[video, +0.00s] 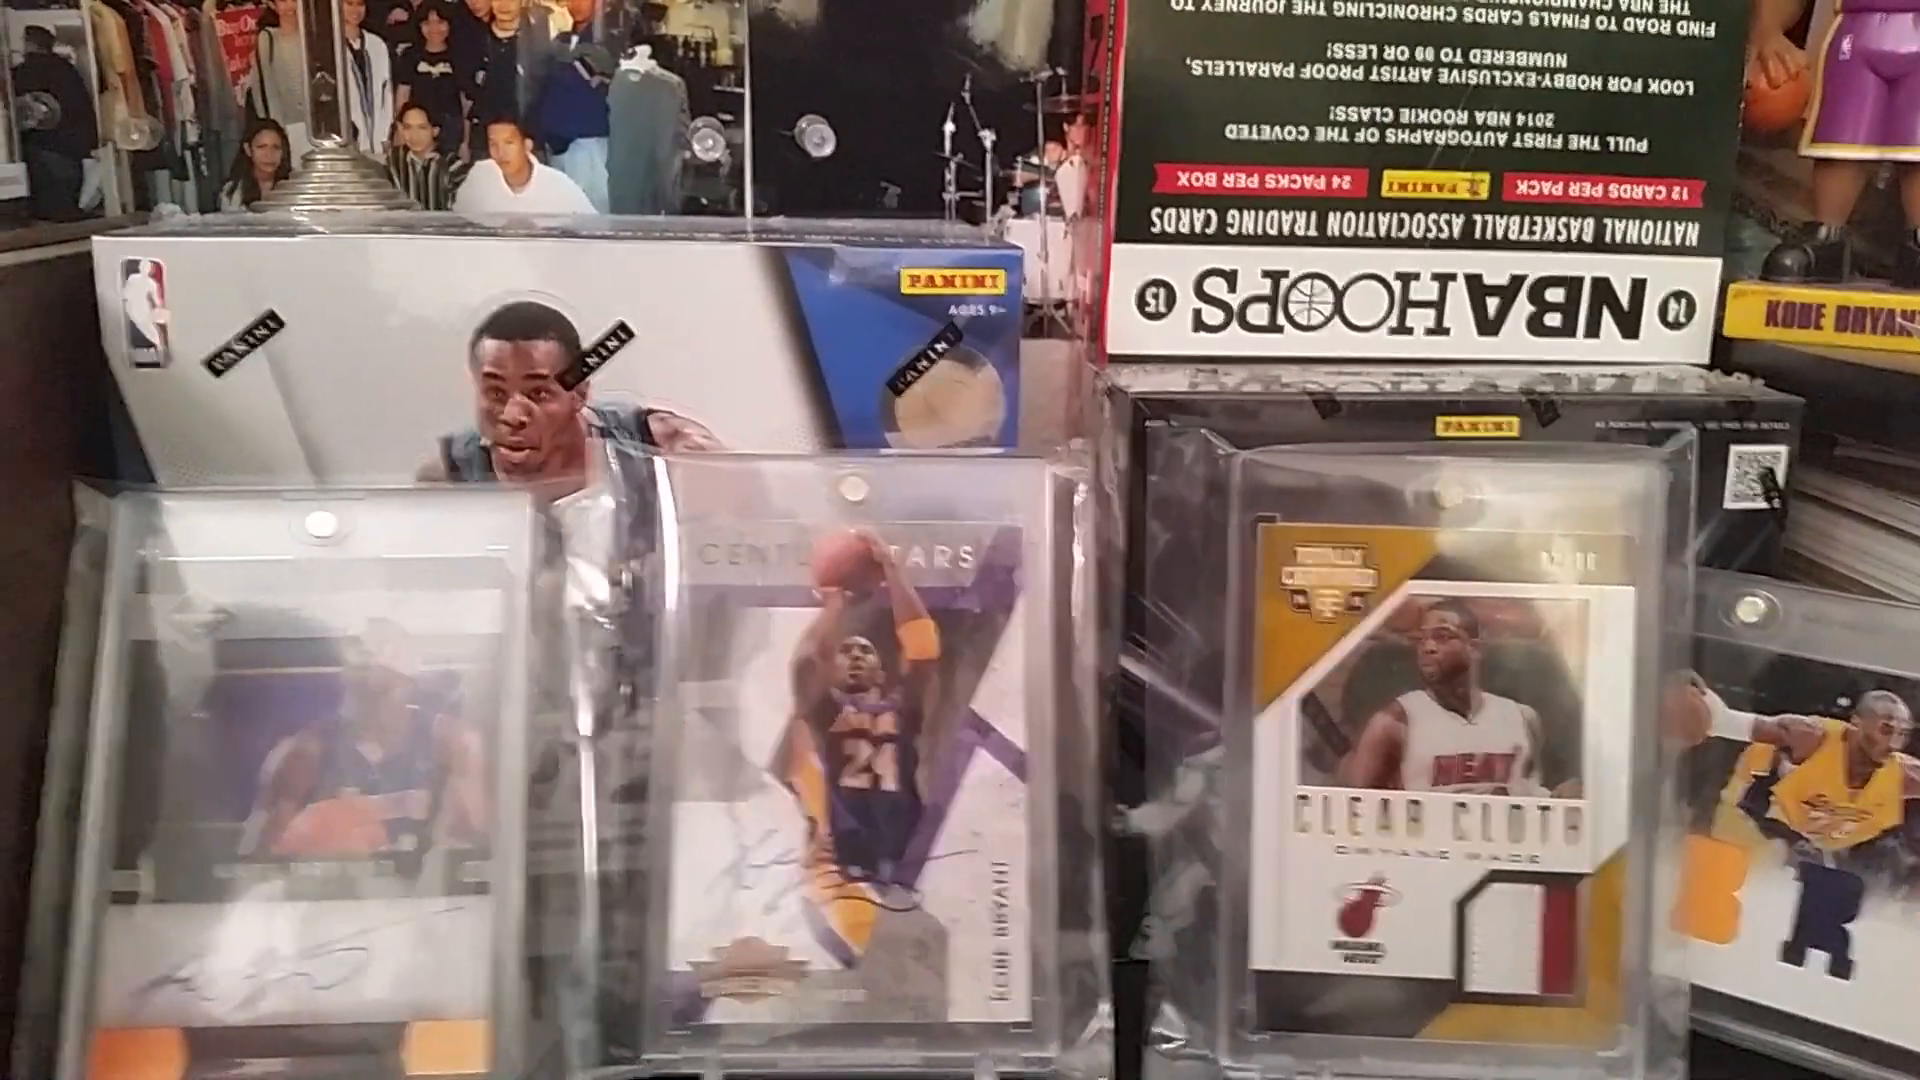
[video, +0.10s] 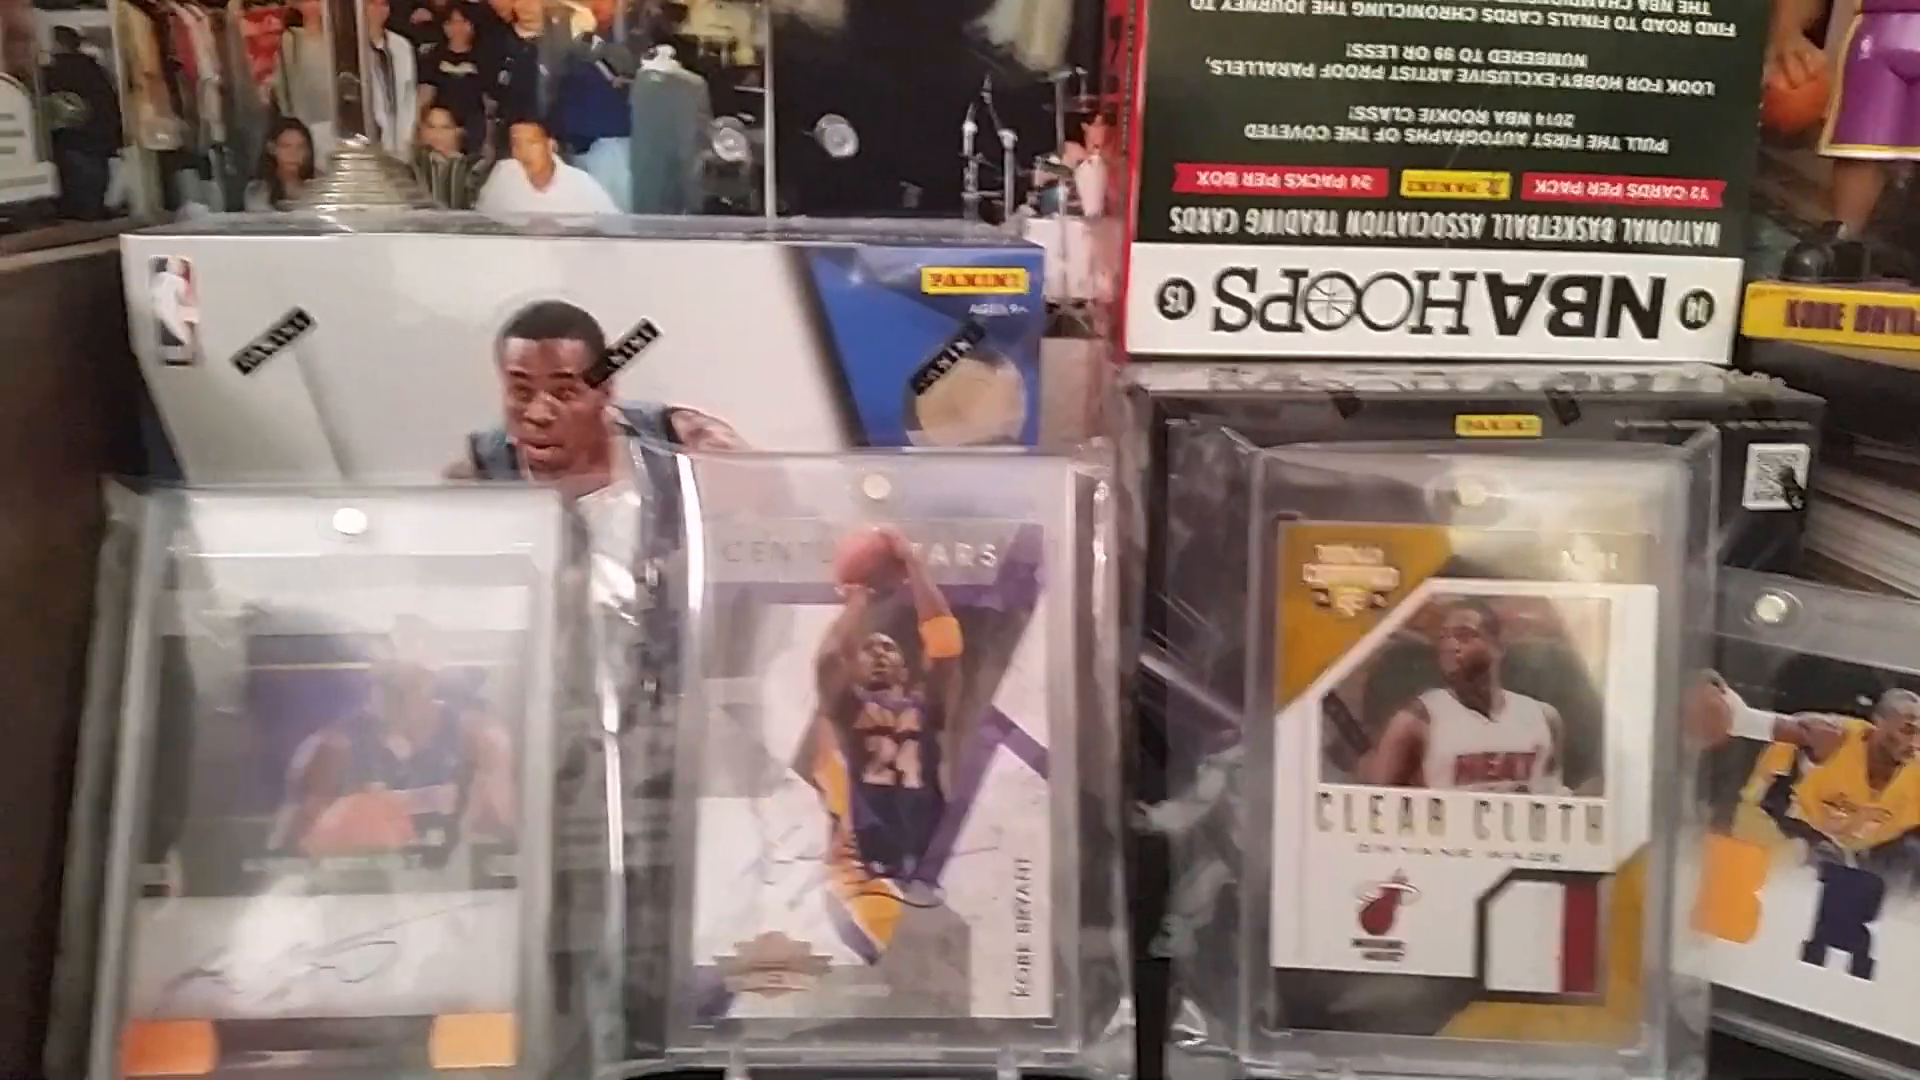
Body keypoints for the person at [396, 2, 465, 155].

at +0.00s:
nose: (434, 28)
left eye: (440, 22)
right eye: (428, 23)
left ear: (449, 27)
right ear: (421, 28)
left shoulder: (458, 56)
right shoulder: (410, 56)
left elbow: (466, 99)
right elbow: (403, 93)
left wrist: (465, 141)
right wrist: (400, 130)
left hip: (450, 127)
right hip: (418, 129)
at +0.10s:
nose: (446, 27)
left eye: (453, 22)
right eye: (447, 22)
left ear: (469, 26)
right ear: (445, 25)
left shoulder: (483, 58)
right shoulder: (435, 56)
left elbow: (490, 100)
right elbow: (425, 93)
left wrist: (489, 141)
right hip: (439, 128)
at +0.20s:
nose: (484, 29)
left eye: (486, 23)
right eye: (479, 24)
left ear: (494, 28)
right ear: (469, 29)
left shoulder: (504, 57)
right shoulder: (456, 57)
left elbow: (512, 101)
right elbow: (449, 93)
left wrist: (511, 141)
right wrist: (446, 129)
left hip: (495, 125)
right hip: (464, 125)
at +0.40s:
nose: (507, 32)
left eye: (511, 26)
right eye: (501, 28)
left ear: (519, 30)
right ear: (494, 33)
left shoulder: (529, 61)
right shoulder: (482, 60)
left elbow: (537, 103)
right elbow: (474, 97)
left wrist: (536, 143)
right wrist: (471, 132)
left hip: (521, 130)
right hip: (489, 130)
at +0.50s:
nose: (500, 33)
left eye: (506, 27)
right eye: (494, 28)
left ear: (514, 31)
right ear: (488, 33)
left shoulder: (525, 62)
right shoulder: (477, 60)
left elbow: (532, 103)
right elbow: (470, 98)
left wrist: (531, 144)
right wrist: (467, 133)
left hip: (516, 129)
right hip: (484, 130)